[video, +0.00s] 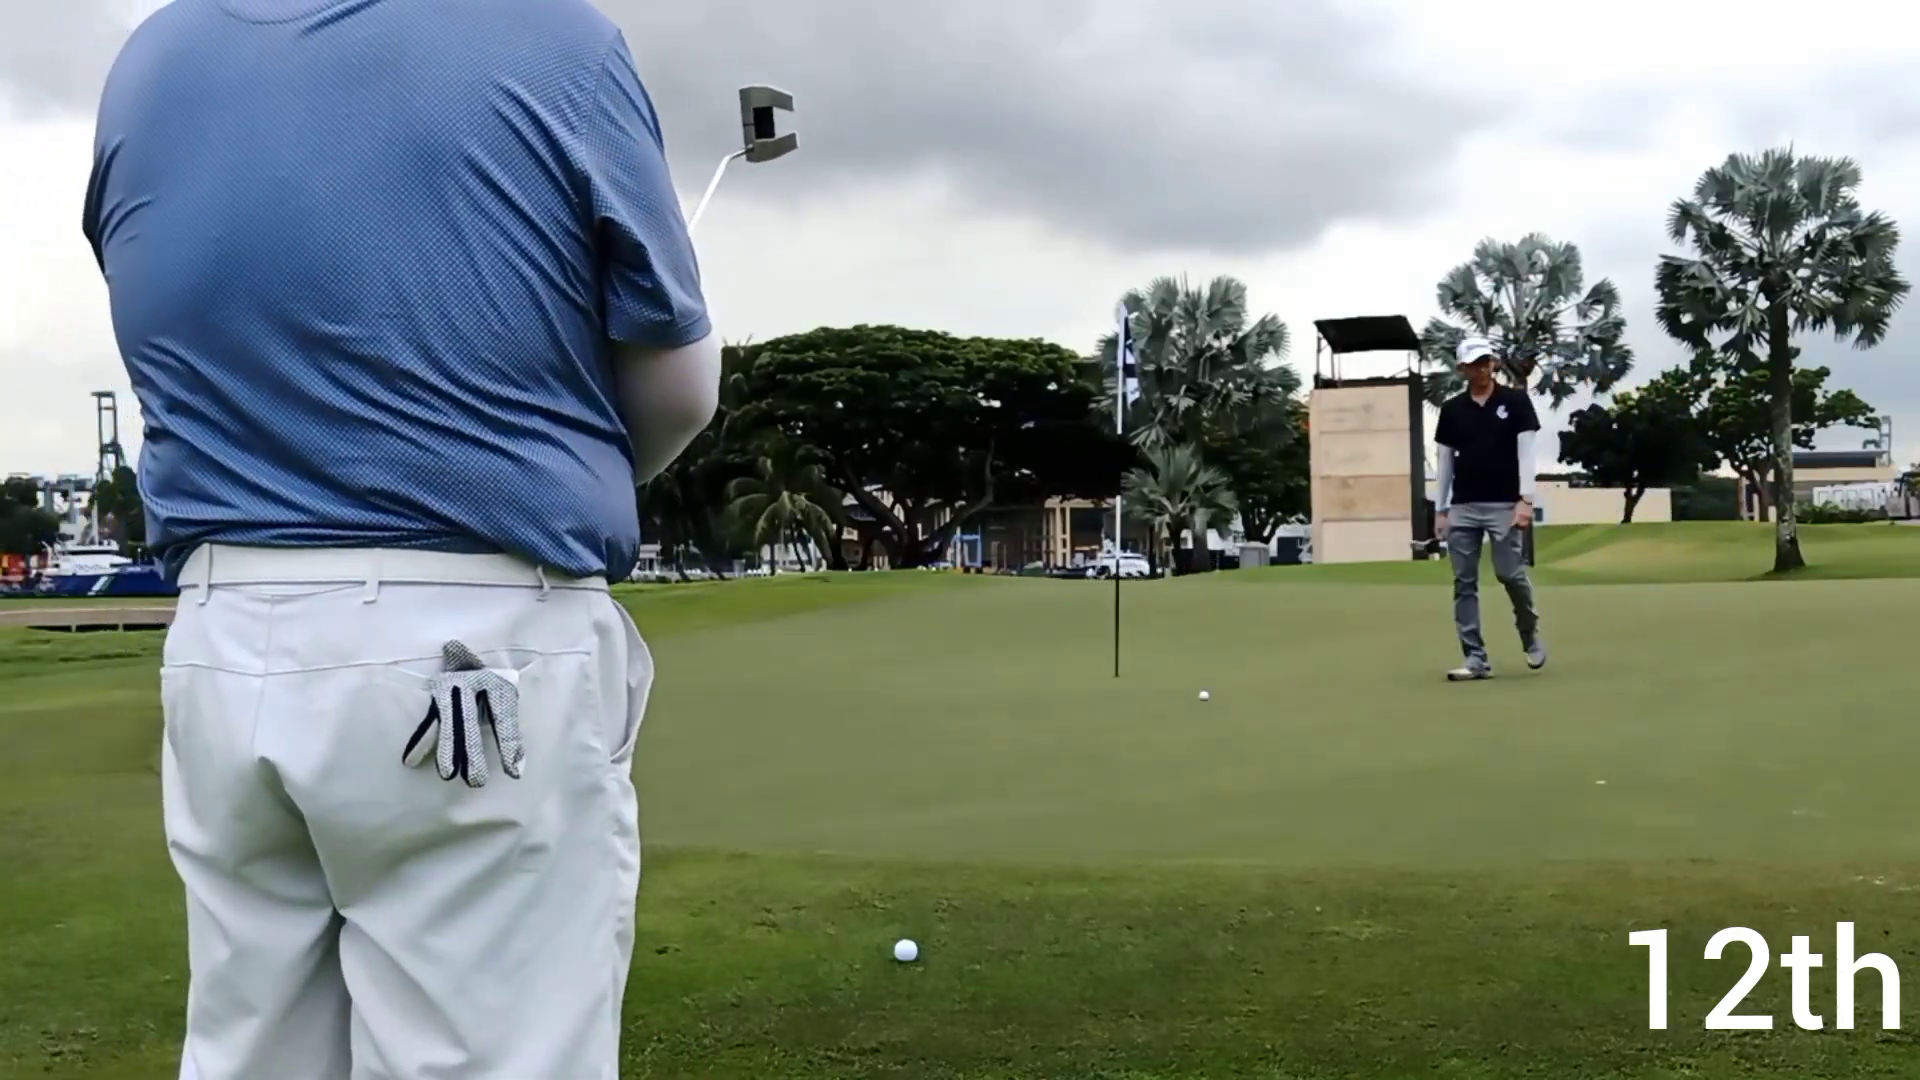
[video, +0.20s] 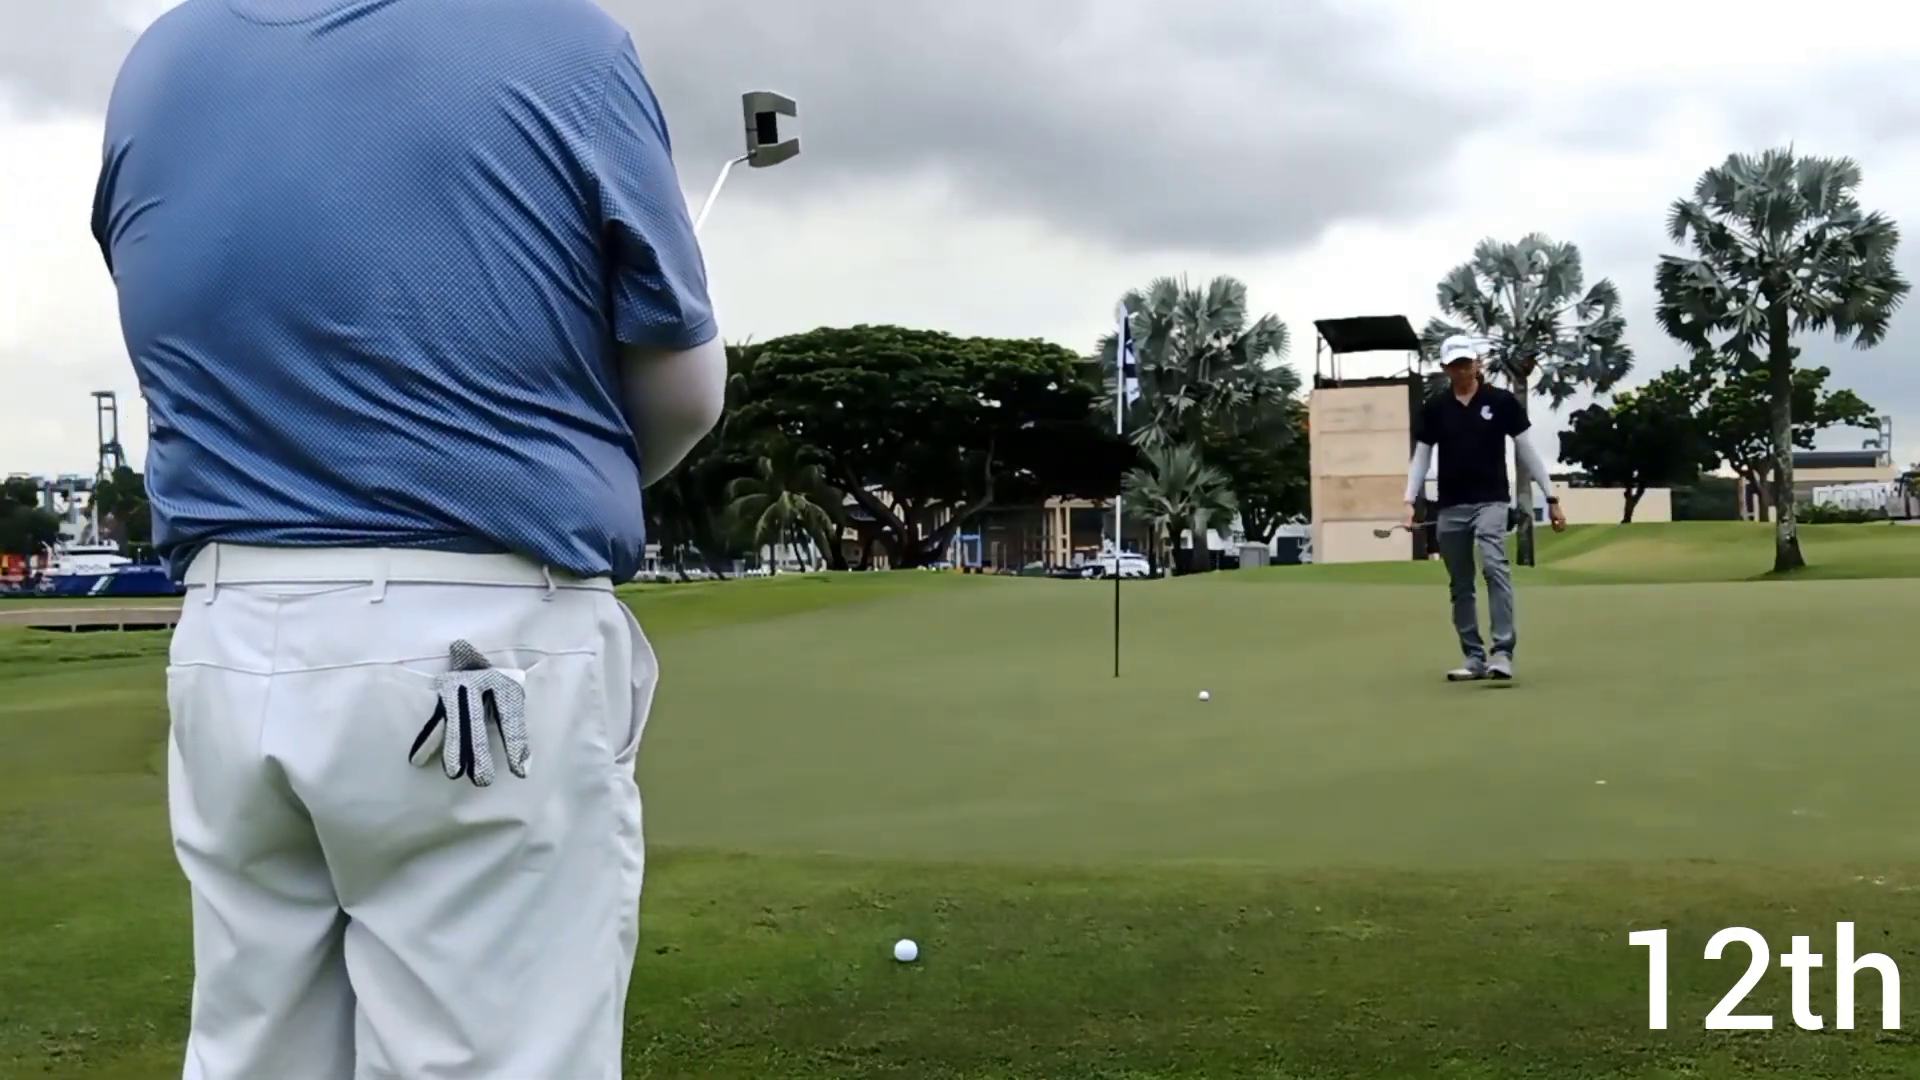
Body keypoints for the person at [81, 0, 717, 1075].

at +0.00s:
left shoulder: (156, 46)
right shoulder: (559, 34)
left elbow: (157, 321)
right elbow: (677, 386)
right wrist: (550, 486)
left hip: (229, 616)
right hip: (487, 621)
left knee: (246, 1059)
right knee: (497, 1059)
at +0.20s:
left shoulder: (163, 50)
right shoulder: (567, 37)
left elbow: (164, 332)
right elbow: (681, 388)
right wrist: (563, 486)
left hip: (235, 617)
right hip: (493, 621)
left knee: (250, 1058)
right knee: (501, 1059)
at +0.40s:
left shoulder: (169, 52)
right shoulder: (571, 39)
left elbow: (173, 332)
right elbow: (684, 389)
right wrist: (559, 492)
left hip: (236, 617)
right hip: (492, 621)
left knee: (252, 1059)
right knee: (502, 1059)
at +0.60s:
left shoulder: (173, 53)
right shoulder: (573, 41)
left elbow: (176, 334)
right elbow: (683, 390)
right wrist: (561, 494)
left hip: (238, 617)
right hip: (494, 622)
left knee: (254, 1058)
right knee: (502, 1057)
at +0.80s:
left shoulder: (178, 53)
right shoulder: (575, 42)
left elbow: (175, 326)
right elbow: (684, 392)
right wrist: (560, 495)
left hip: (238, 616)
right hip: (493, 621)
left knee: (252, 1058)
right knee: (499, 1058)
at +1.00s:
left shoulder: (187, 57)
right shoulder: (582, 46)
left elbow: (183, 331)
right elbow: (691, 393)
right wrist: (565, 494)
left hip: (245, 616)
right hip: (501, 621)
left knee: (257, 1058)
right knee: (503, 1058)